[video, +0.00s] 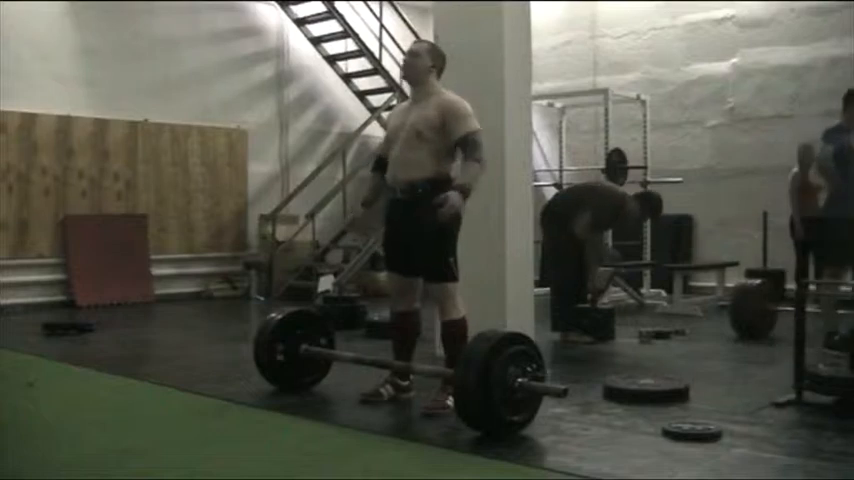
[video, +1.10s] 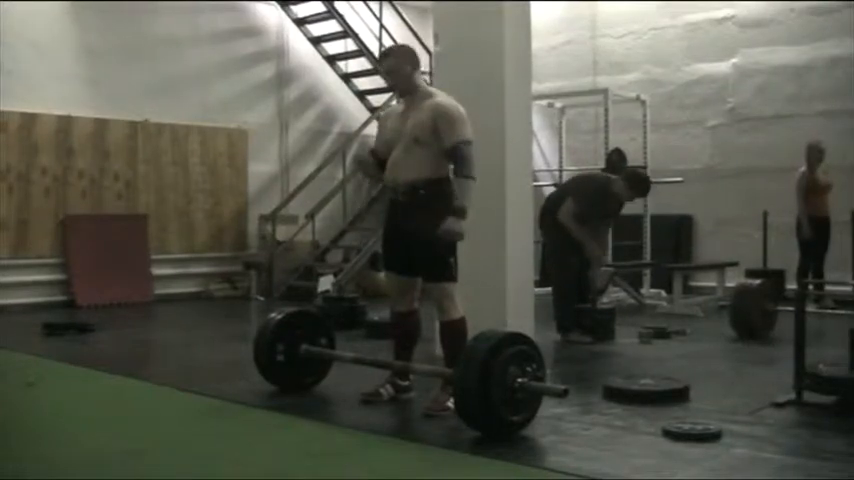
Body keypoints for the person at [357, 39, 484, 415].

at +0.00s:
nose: (405, 60)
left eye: (413, 55)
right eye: (405, 55)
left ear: (433, 66)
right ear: (407, 65)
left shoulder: (452, 107)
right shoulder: (398, 114)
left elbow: (475, 155)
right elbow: (381, 165)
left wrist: (460, 192)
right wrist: (365, 207)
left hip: (436, 201)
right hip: (399, 203)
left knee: (444, 294)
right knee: (401, 292)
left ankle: (451, 386)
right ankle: (400, 379)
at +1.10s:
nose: (388, 80)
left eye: (393, 73)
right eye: (385, 75)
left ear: (413, 68)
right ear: (385, 75)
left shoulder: (443, 109)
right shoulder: (389, 116)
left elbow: (465, 164)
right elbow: (380, 167)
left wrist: (459, 214)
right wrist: (364, 159)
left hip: (435, 199)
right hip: (399, 202)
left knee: (443, 294)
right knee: (401, 293)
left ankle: (453, 386)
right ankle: (400, 379)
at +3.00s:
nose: (351, 117)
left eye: (353, 108)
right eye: (347, 112)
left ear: (371, 96)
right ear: (349, 110)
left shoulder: (421, 122)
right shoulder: (368, 141)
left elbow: (448, 175)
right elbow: (361, 197)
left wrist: (452, 227)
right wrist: (355, 249)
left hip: (438, 213)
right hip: (402, 217)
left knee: (439, 299)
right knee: (395, 297)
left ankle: (451, 386)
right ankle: (399, 379)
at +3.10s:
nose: (344, 144)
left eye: (345, 136)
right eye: (340, 138)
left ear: (361, 125)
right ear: (344, 135)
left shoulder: (413, 147)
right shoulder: (365, 161)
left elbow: (439, 207)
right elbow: (358, 215)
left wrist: (449, 258)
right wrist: (354, 264)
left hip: (444, 223)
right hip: (406, 228)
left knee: (434, 299)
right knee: (391, 294)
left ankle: (450, 387)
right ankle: (399, 379)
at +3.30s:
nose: (345, 201)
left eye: (346, 194)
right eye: (341, 196)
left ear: (361, 185)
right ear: (341, 193)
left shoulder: (412, 208)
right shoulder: (355, 207)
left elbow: (433, 264)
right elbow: (350, 262)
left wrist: (442, 316)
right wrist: (342, 318)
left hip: (449, 256)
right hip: (404, 258)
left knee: (415, 314)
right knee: (373, 305)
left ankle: (446, 387)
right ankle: (398, 380)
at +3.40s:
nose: (343, 220)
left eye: (345, 212)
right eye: (340, 214)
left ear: (361, 204)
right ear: (343, 211)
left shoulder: (411, 226)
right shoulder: (357, 229)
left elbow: (432, 286)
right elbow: (354, 279)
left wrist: (440, 331)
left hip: (449, 270)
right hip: (402, 273)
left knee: (416, 327)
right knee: (371, 320)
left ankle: (442, 387)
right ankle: (397, 381)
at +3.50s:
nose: (352, 231)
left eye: (355, 223)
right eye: (346, 225)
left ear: (369, 215)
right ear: (341, 223)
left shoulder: (413, 239)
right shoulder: (353, 243)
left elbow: (435, 304)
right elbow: (349, 291)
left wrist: (440, 357)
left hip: (447, 283)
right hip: (400, 286)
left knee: (402, 320)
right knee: (360, 315)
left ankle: (442, 386)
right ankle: (396, 381)